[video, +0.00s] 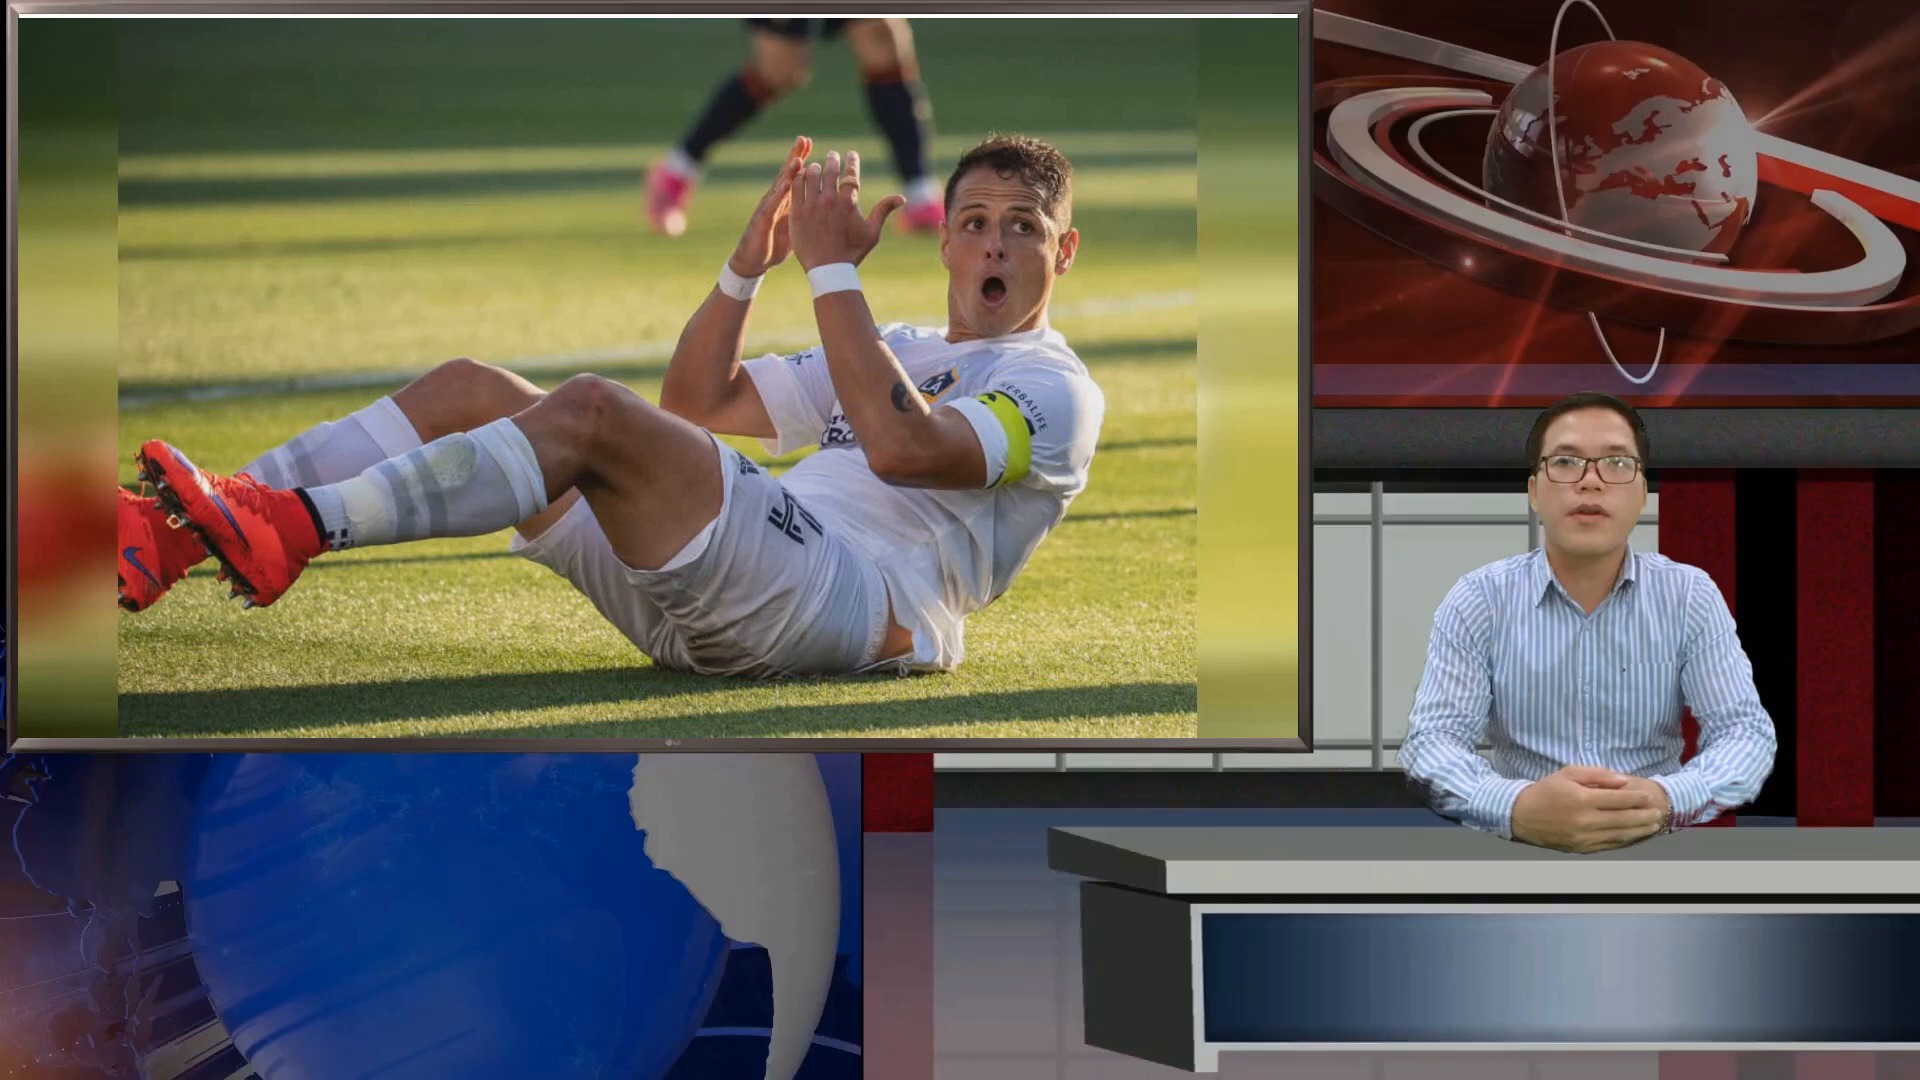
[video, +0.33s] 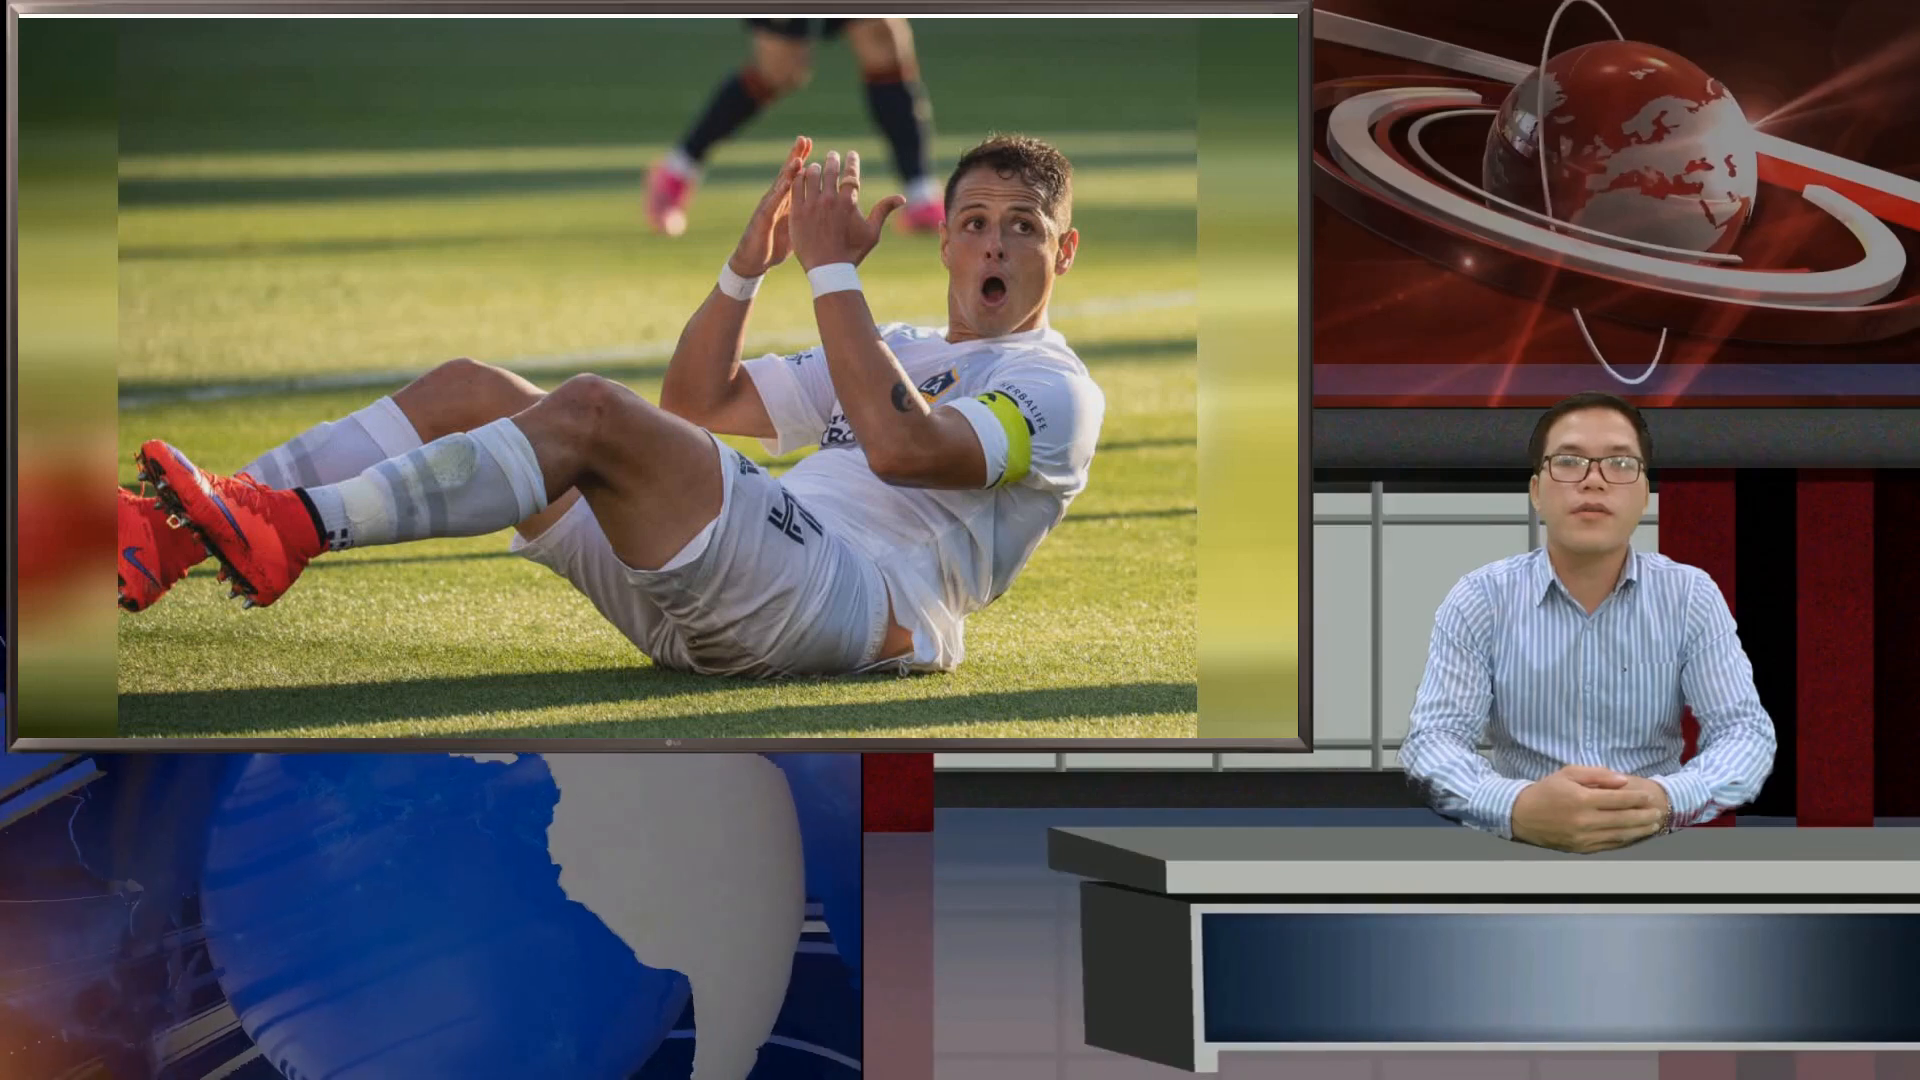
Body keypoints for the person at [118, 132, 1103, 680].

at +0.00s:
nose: (995, 246)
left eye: (1022, 230)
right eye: (976, 224)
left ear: (1065, 257)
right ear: (942, 241)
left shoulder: (1055, 389)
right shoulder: (892, 358)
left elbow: (901, 447)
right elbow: (695, 405)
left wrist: (833, 270)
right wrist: (747, 270)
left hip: (839, 603)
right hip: (731, 572)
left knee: (593, 413)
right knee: (468, 389)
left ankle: (299, 524)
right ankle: (179, 538)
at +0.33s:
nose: (995, 246)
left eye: (1022, 230)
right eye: (975, 224)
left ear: (1065, 257)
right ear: (942, 241)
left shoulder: (1055, 389)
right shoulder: (892, 358)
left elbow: (902, 447)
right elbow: (695, 405)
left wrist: (833, 270)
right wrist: (747, 270)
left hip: (839, 603)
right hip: (731, 572)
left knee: (593, 413)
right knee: (468, 389)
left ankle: (299, 525)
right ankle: (180, 538)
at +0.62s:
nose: (995, 246)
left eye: (1022, 230)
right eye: (976, 224)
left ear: (1065, 257)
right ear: (942, 241)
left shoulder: (1055, 389)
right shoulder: (892, 358)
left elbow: (902, 447)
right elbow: (695, 405)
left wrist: (833, 270)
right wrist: (747, 270)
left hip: (840, 603)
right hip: (732, 573)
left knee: (592, 413)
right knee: (468, 389)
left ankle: (299, 525)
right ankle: (179, 538)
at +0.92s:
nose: (995, 246)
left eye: (1022, 230)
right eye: (976, 224)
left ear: (1065, 257)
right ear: (942, 241)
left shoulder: (1055, 389)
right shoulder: (892, 358)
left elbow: (902, 447)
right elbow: (695, 405)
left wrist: (833, 270)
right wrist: (747, 270)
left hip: (839, 603)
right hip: (732, 572)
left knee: (592, 413)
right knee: (468, 389)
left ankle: (299, 525)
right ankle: (179, 539)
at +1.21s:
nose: (997, 246)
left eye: (1024, 230)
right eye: (977, 223)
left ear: (1065, 258)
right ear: (943, 241)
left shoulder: (1056, 389)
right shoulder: (892, 358)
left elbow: (901, 446)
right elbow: (695, 406)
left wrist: (833, 268)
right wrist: (746, 269)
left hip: (839, 603)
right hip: (731, 572)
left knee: (592, 413)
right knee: (468, 389)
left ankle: (299, 525)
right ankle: (180, 538)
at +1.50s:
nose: (995, 246)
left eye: (1022, 230)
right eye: (976, 224)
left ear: (1065, 258)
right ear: (943, 240)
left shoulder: (1055, 389)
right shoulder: (892, 358)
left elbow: (902, 447)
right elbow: (695, 404)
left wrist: (833, 270)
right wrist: (746, 270)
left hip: (839, 602)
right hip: (732, 571)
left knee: (592, 413)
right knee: (468, 389)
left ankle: (300, 524)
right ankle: (179, 539)